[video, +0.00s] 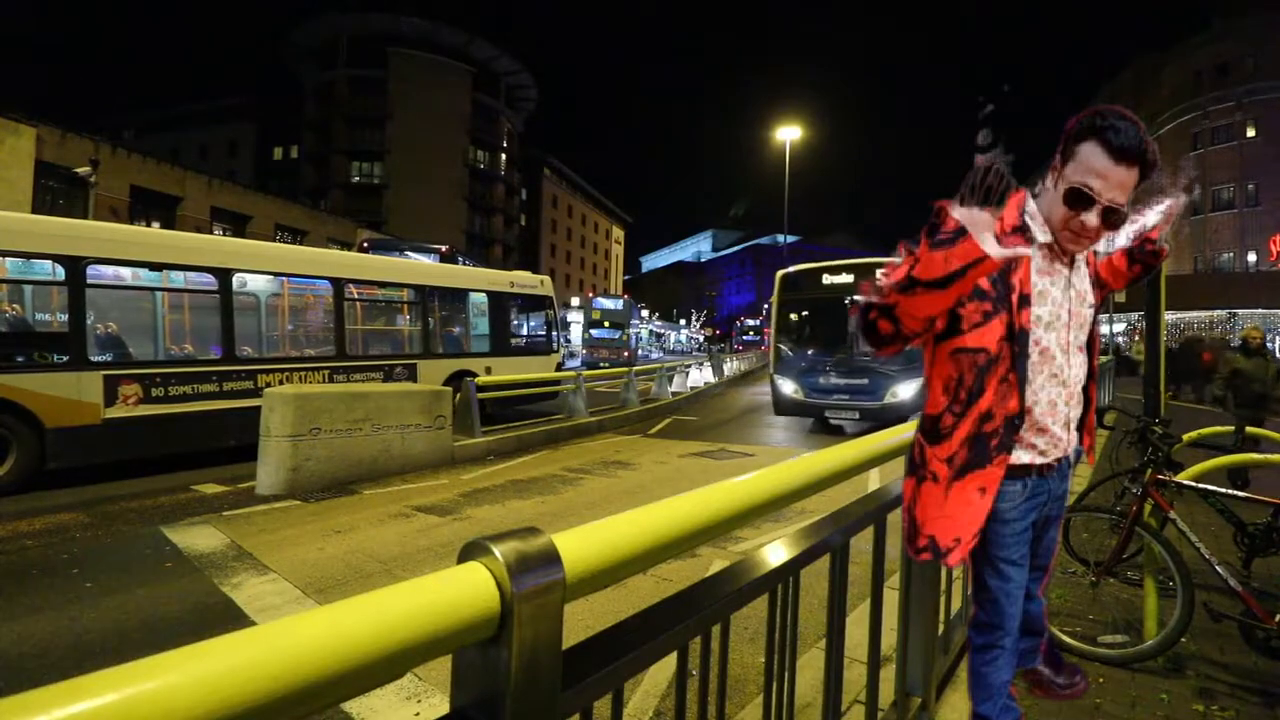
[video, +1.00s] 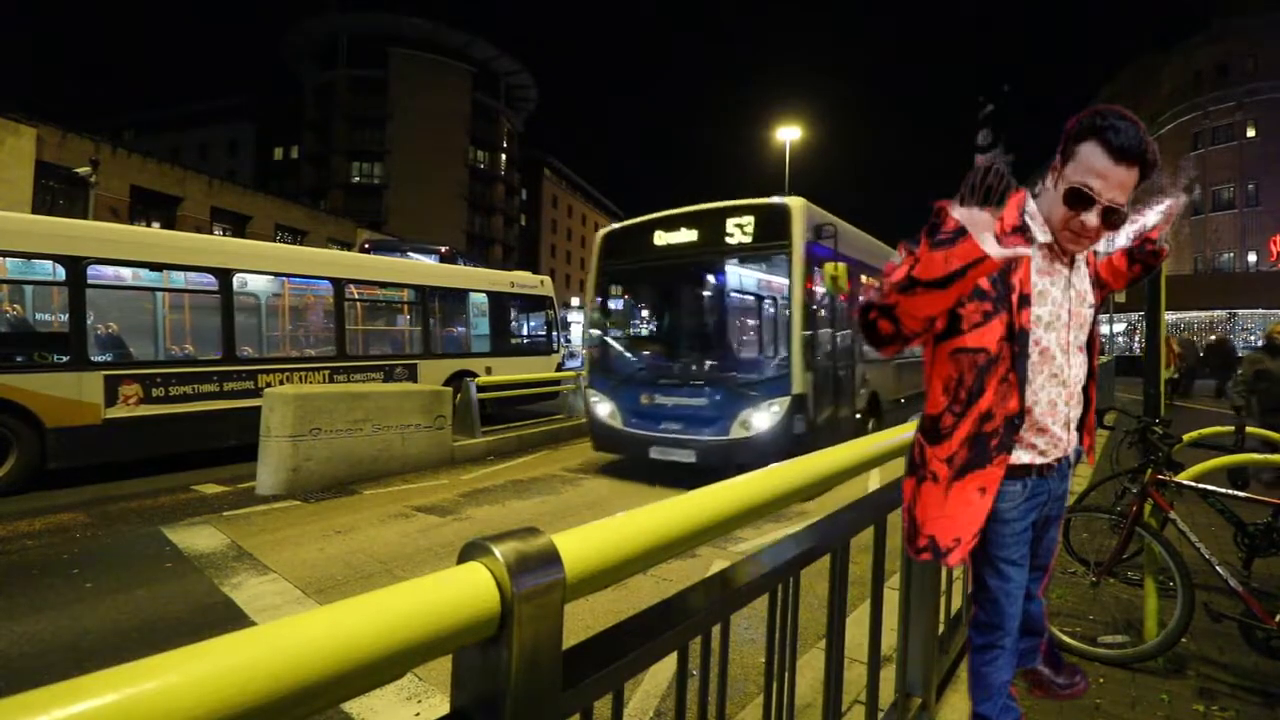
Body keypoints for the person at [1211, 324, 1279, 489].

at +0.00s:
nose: (1254, 342)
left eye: (1258, 339)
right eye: (1251, 338)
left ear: (1263, 341)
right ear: (1244, 339)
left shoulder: (1269, 361)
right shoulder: (1234, 358)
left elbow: (1272, 386)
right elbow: (1222, 380)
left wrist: (1271, 406)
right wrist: (1221, 399)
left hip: (1260, 407)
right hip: (1239, 406)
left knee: (1253, 443)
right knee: (1238, 442)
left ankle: (1245, 475)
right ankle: (1233, 476)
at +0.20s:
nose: (1254, 340)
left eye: (1258, 337)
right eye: (1250, 336)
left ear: (1262, 340)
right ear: (1242, 338)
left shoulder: (1269, 359)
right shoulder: (1233, 357)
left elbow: (1274, 382)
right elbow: (1219, 379)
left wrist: (1274, 399)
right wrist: (1219, 397)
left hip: (1264, 406)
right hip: (1242, 406)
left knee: (1256, 443)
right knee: (1241, 442)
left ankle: (1245, 475)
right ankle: (1236, 477)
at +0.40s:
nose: (1257, 339)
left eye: (1261, 335)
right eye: (1253, 335)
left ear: (1265, 338)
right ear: (1245, 337)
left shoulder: (1272, 358)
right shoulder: (1233, 355)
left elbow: (1274, 381)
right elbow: (1220, 376)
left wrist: (1274, 397)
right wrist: (1228, 392)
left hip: (1268, 407)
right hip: (1243, 407)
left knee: (1271, 443)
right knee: (1244, 444)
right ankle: (1240, 476)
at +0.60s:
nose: (1268, 341)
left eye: (1271, 338)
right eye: (1263, 337)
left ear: (1275, 341)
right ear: (1254, 338)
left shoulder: (1275, 359)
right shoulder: (1242, 357)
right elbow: (1228, 376)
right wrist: (1237, 389)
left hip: (1272, 408)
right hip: (1247, 408)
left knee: (1273, 443)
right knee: (1246, 444)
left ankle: (1273, 471)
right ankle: (1240, 475)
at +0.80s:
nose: (1275, 338)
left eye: (1278, 334)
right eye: (1272, 334)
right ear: (1264, 336)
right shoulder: (1253, 358)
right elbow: (1235, 379)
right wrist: (1243, 399)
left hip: (1275, 412)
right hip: (1259, 410)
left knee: (1275, 444)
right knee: (1251, 444)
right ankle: (1239, 473)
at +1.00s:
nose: (1278, 337)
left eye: (1279, 334)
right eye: (1276, 333)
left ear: (1278, 336)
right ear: (1268, 336)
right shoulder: (1257, 358)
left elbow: (1239, 383)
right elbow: (1239, 384)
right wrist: (1240, 406)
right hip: (1265, 412)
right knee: (1268, 444)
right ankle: (1267, 474)